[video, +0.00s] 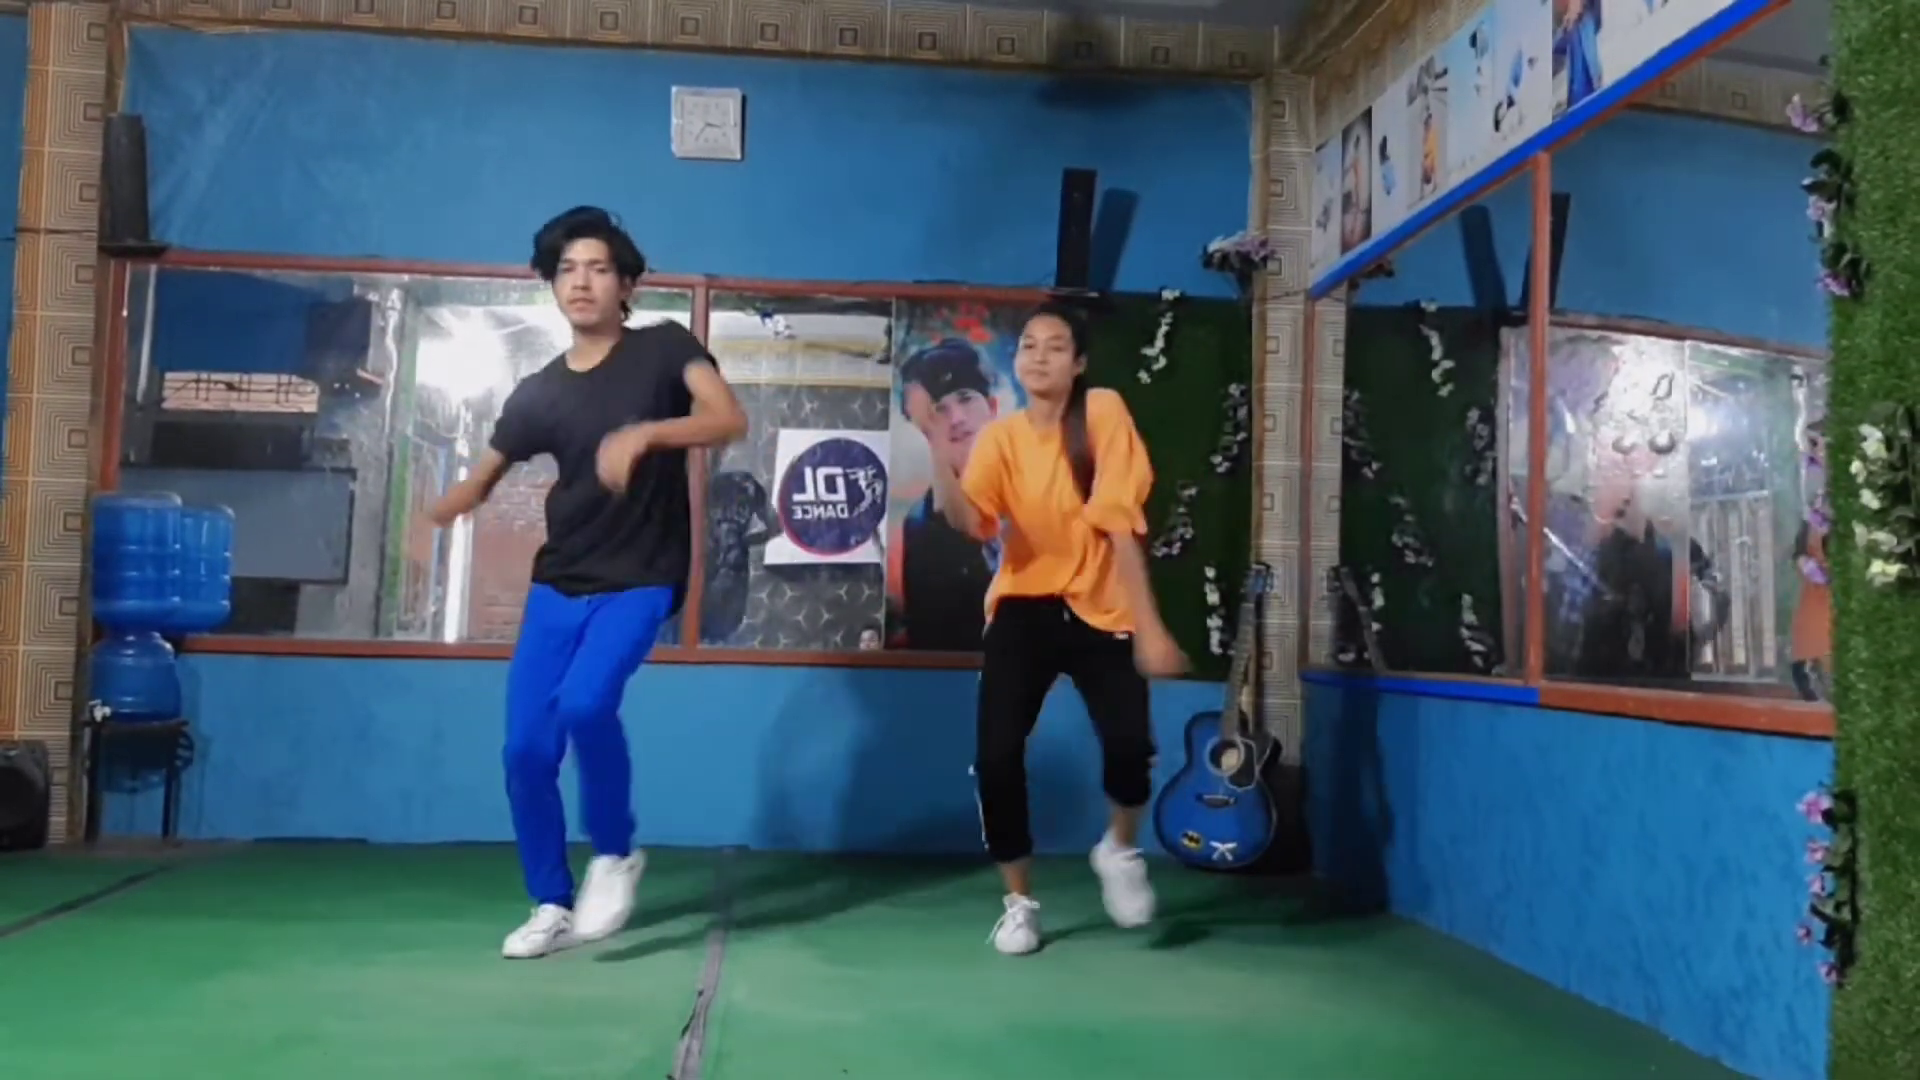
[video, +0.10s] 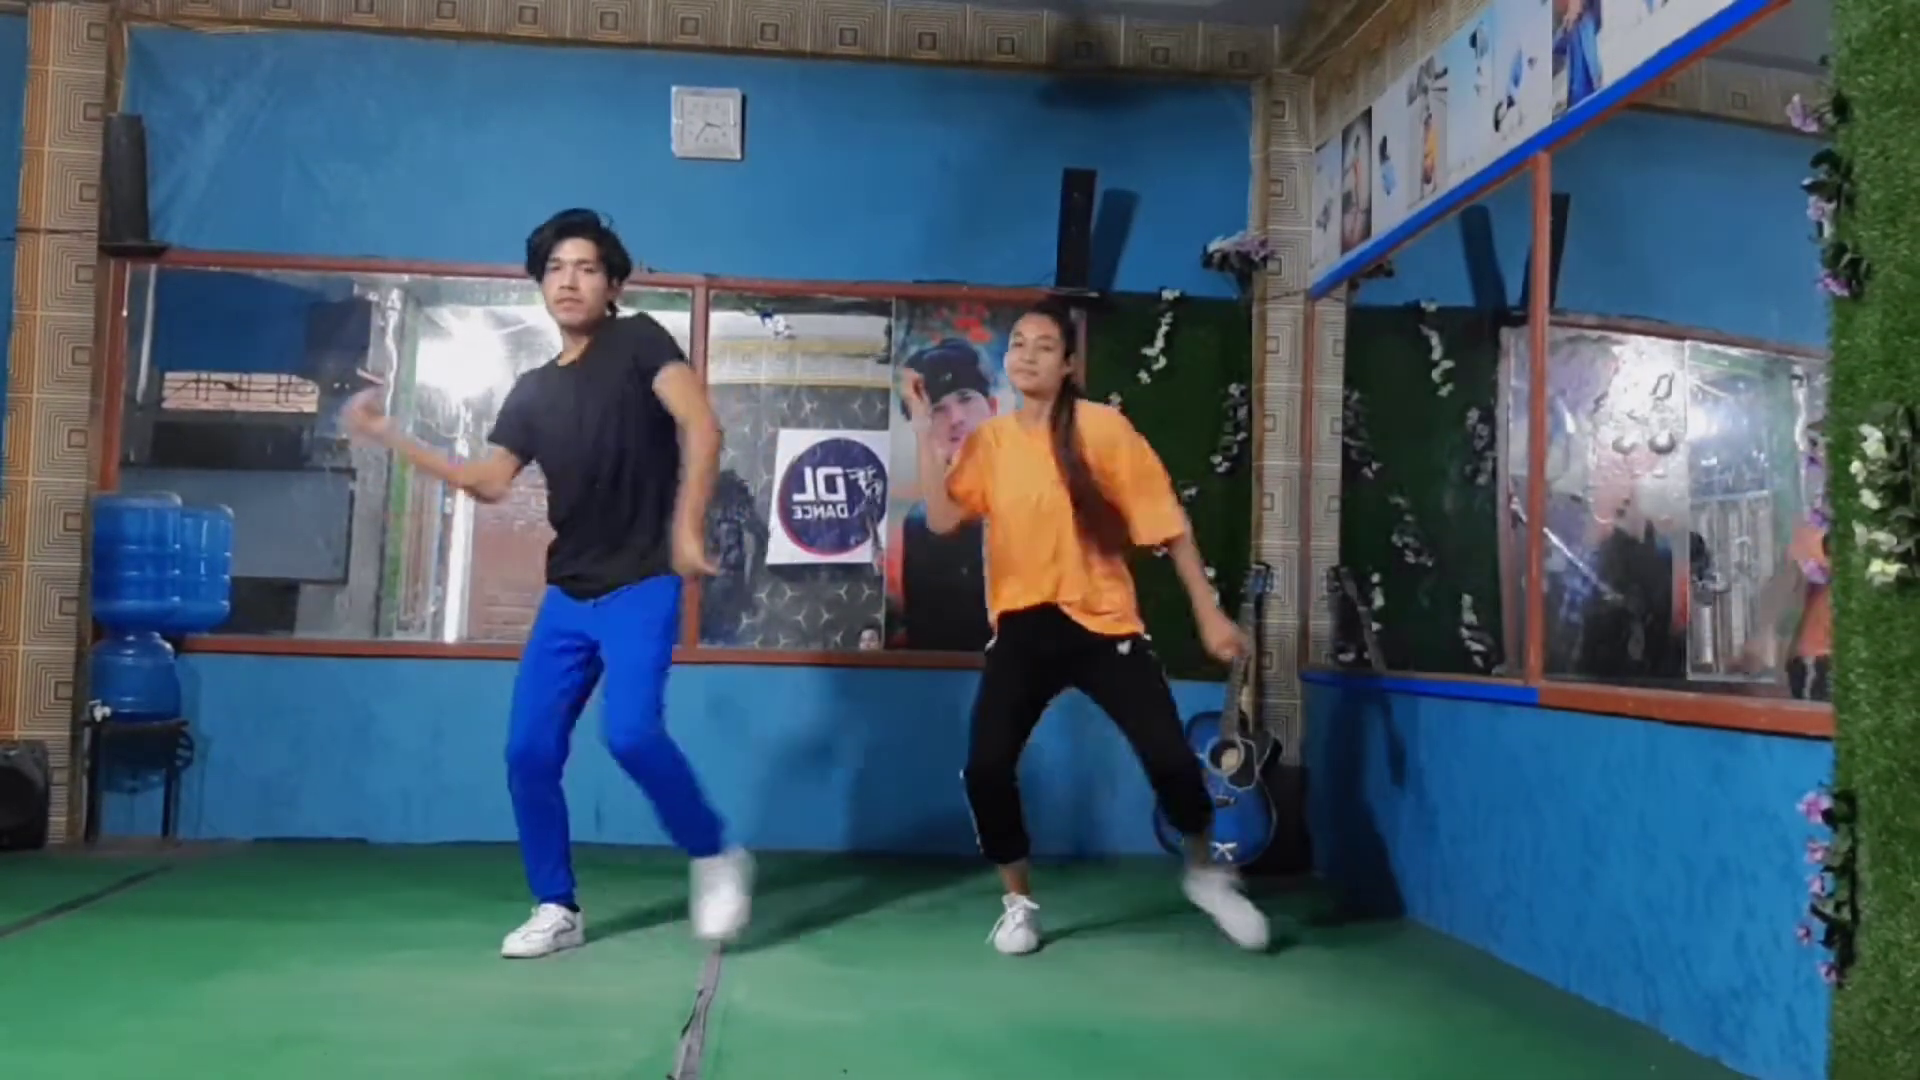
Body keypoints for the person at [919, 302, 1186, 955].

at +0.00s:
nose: (1039, 356)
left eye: (1053, 347)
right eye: (1029, 346)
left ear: (1078, 362)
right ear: (1016, 361)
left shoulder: (1102, 411)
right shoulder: (1000, 434)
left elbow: (1123, 525)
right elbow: (973, 525)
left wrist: (1148, 626)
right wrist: (940, 453)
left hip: (1102, 603)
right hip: (1023, 607)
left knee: (1131, 743)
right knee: (996, 754)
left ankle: (1121, 850)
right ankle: (1018, 900)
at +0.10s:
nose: (1024, 356)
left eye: (1041, 347)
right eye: (1017, 345)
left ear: (1069, 363)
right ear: (1007, 358)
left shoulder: (1103, 429)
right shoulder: (990, 437)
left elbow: (1172, 529)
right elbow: (943, 518)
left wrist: (1209, 614)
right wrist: (925, 429)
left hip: (1107, 626)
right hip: (1022, 629)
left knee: (1173, 761)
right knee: (986, 771)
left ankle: (1204, 872)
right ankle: (1018, 902)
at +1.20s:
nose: (1094, 350)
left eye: (1107, 340)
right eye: (1082, 337)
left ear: (1122, 354)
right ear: (1060, 347)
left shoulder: (1144, 408)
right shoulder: (1033, 413)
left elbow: (1149, 499)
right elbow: (997, 506)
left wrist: (1055, 517)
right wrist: (1038, 437)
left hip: (1117, 593)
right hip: (1044, 589)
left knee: (1108, 753)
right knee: (1048, 737)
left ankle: (1077, 901)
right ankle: (1048, 891)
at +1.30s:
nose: (1080, 347)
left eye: (1094, 338)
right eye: (1069, 335)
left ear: (1108, 352)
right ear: (1048, 343)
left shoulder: (1130, 404)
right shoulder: (1025, 412)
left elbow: (1138, 501)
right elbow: (995, 510)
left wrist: (1045, 526)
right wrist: (1016, 444)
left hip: (1120, 588)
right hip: (1048, 583)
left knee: (1112, 745)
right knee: (1049, 724)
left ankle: (1082, 893)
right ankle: (1044, 873)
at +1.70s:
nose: (1028, 374)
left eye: (1045, 364)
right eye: (1019, 361)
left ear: (1066, 378)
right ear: (1003, 373)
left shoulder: (1094, 435)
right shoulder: (991, 453)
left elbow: (1132, 553)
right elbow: (987, 556)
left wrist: (1160, 648)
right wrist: (939, 552)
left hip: (1118, 628)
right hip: (1046, 635)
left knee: (1195, 761)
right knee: (1044, 778)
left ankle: (1241, 885)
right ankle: (1041, 908)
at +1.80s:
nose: (1046, 378)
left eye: (1062, 369)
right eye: (1035, 364)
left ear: (1077, 382)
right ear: (1015, 371)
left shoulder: (1102, 444)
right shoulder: (986, 447)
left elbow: (1156, 540)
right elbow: (948, 553)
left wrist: (1212, 622)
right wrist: (944, 514)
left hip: (1122, 627)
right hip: (1041, 632)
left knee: (1205, 726)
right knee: (1024, 770)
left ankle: (1211, 821)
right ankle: (1041, 906)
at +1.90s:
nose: (1087, 363)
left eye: (1099, 353)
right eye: (1075, 349)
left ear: (1110, 365)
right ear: (1046, 358)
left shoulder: (1126, 438)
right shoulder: (1007, 418)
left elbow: (1161, 526)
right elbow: (942, 504)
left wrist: (1223, 590)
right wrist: (1013, 474)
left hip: (1100, 606)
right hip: (1024, 609)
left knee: (1167, 664)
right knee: (1011, 775)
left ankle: (1137, 775)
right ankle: (1040, 906)